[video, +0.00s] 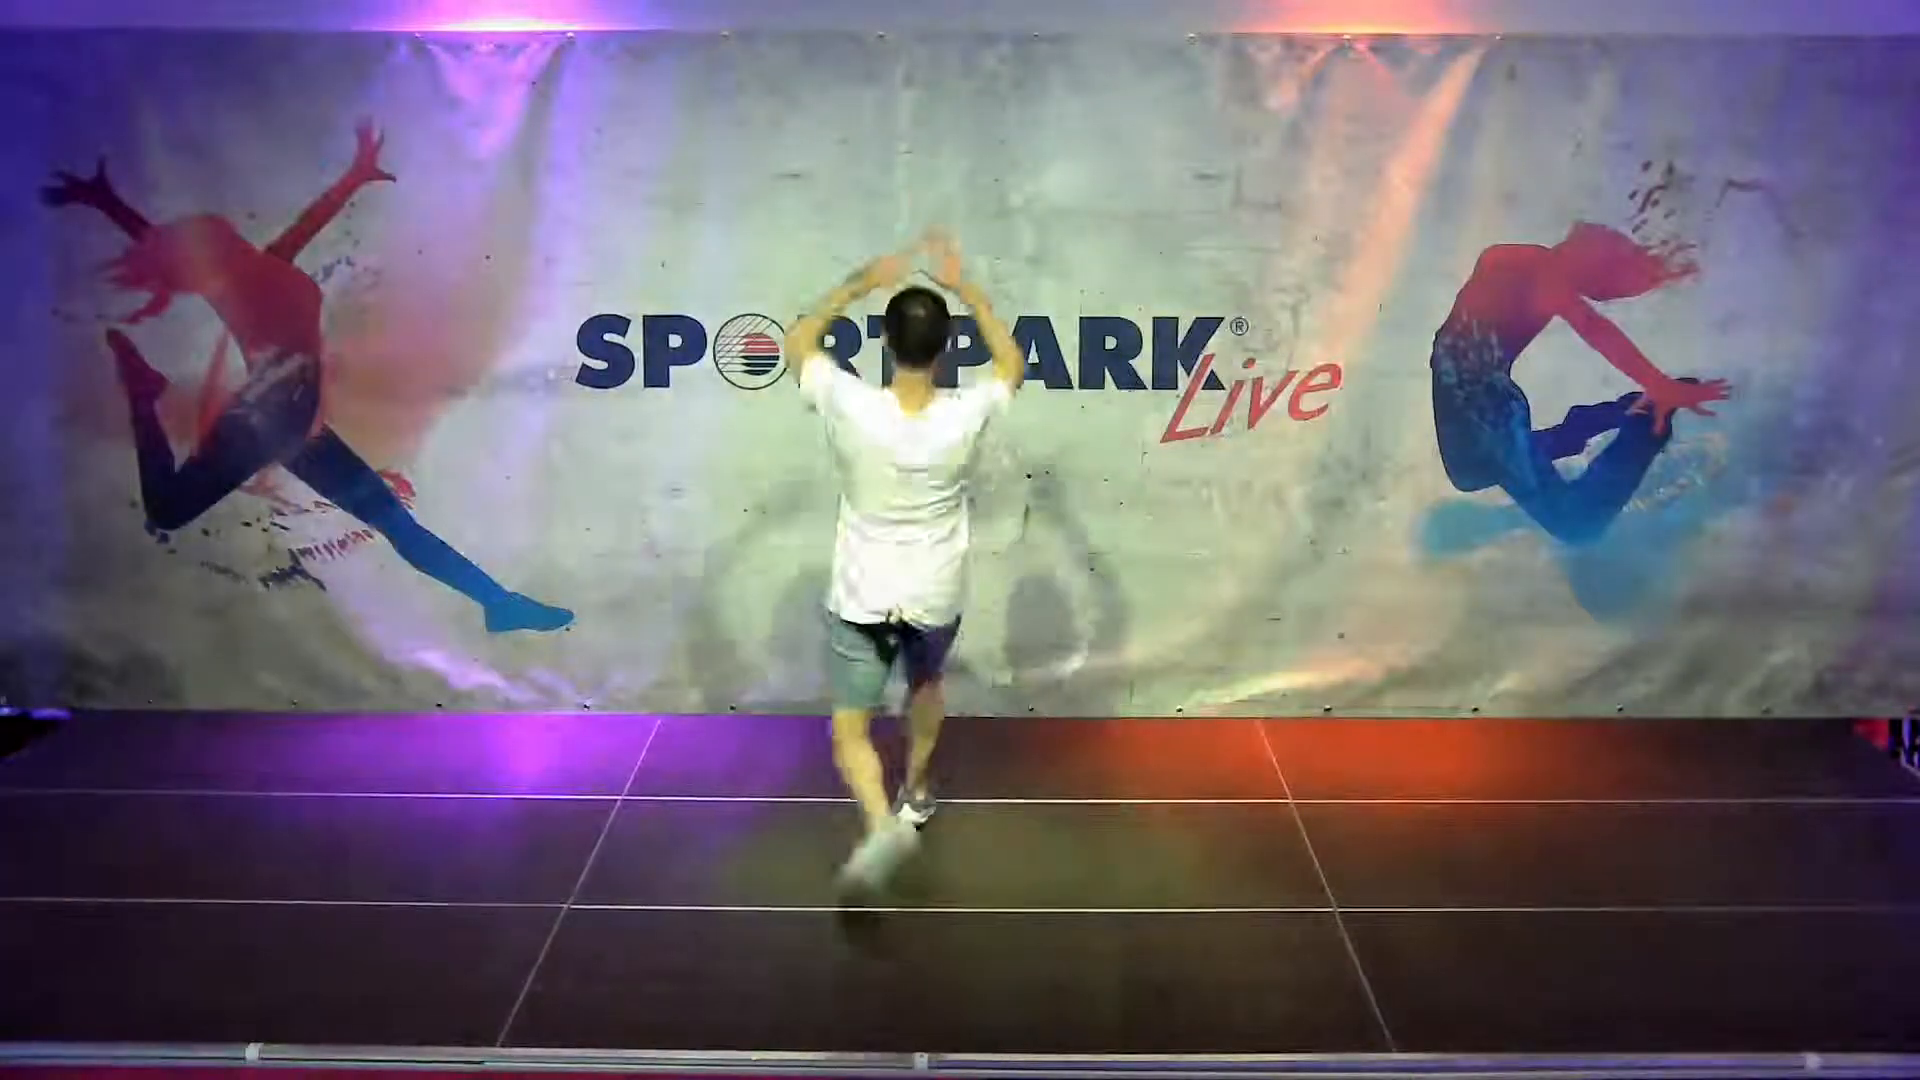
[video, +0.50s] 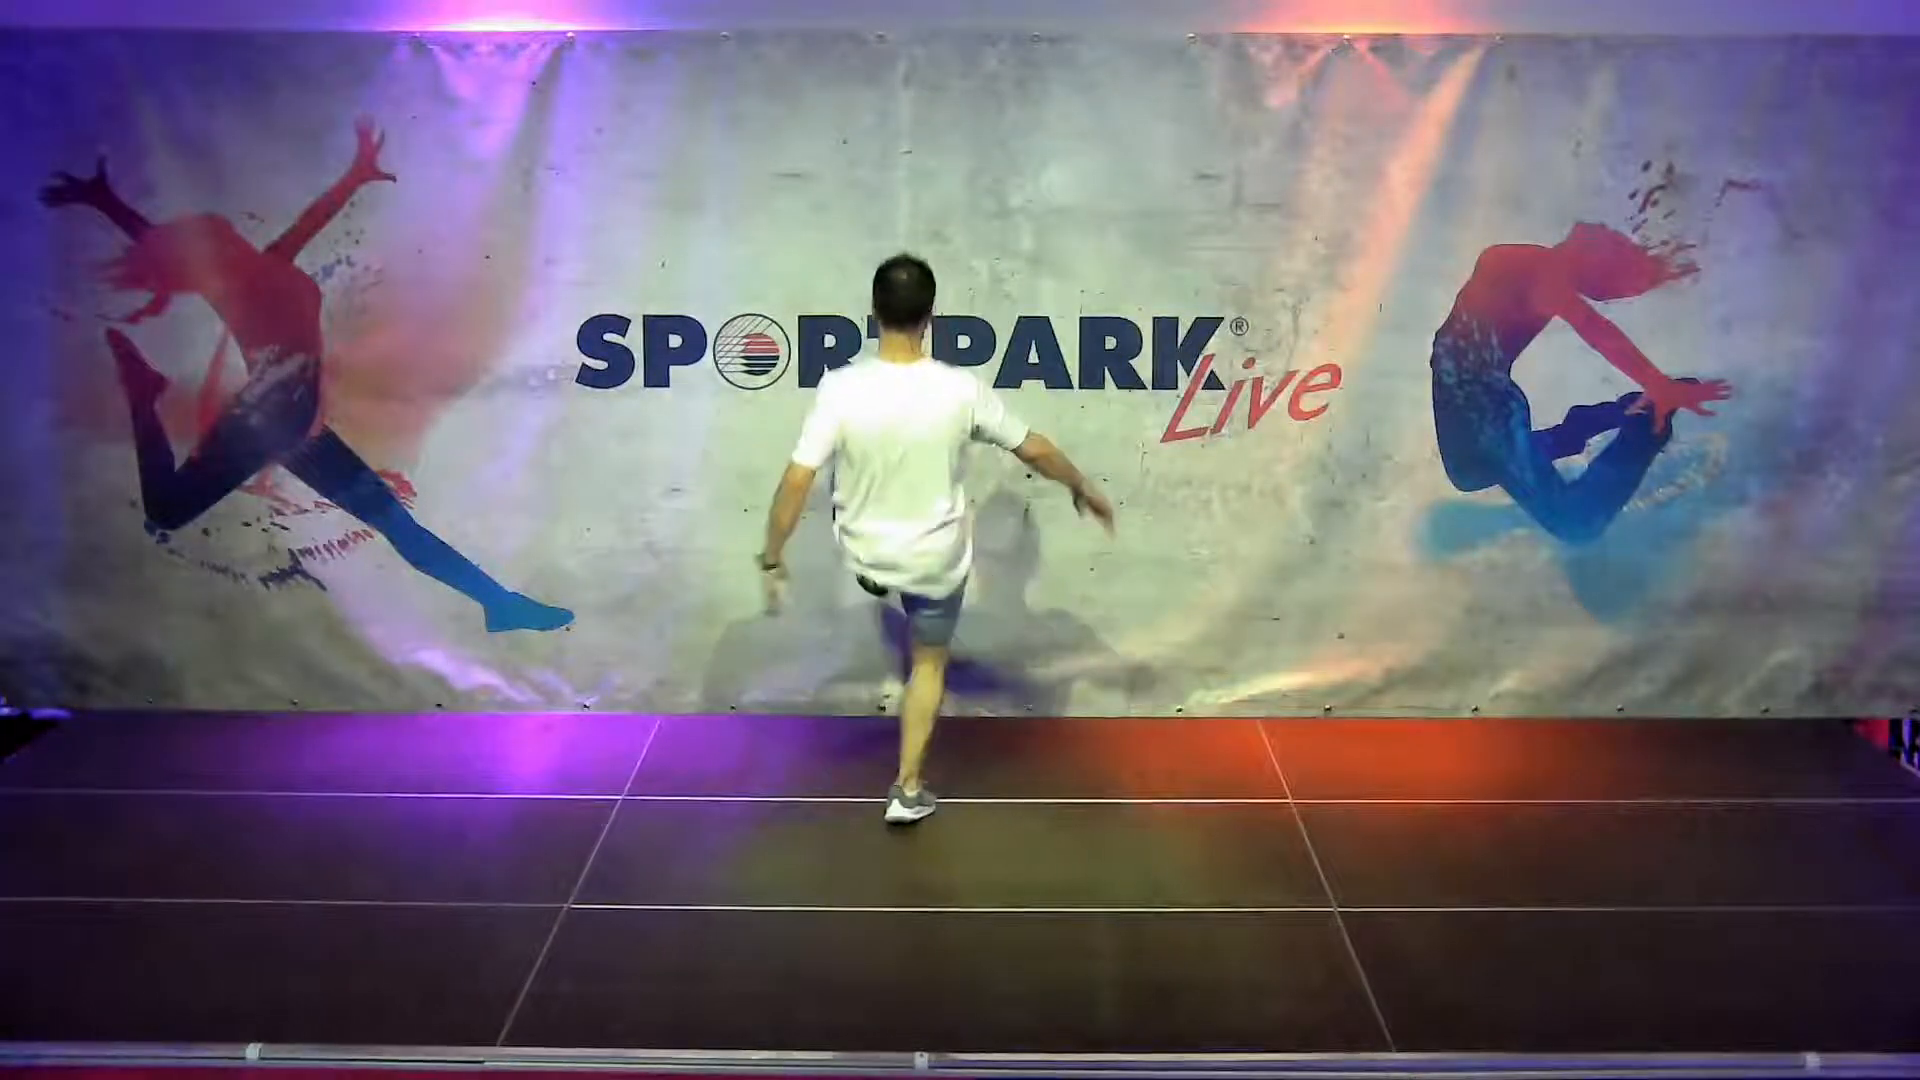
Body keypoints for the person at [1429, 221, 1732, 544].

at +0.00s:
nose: (1597, 284)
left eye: (1605, 281)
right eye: (1605, 278)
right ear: (1592, 243)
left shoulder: (1551, 283)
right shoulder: (1534, 265)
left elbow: (1596, 330)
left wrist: (1657, 383)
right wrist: (1649, 266)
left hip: (1485, 396)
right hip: (1455, 385)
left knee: (1575, 524)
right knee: (1468, 474)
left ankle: (1647, 426)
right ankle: (1569, 437)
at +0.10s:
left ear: (1591, 247)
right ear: (1593, 240)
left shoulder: (1548, 281)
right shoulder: (1536, 266)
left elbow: (1597, 330)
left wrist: (1657, 384)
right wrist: (1649, 271)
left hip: (1486, 400)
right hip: (1454, 389)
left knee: (1575, 524)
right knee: (1468, 474)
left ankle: (1647, 427)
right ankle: (1571, 436)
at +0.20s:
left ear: (1589, 246)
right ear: (1592, 239)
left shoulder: (1547, 281)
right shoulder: (1536, 265)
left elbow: (1596, 329)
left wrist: (1657, 383)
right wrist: (1648, 272)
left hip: (1486, 401)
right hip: (1454, 390)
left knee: (1575, 524)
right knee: (1468, 474)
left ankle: (1647, 426)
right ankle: (1570, 437)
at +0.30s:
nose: (1599, 230)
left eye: (1605, 245)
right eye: (1611, 239)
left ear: (1592, 249)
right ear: (1593, 237)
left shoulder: (1547, 281)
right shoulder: (1535, 265)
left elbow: (1596, 329)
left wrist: (1657, 383)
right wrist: (1649, 272)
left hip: (1487, 401)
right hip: (1454, 390)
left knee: (1575, 524)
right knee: (1468, 474)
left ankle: (1648, 425)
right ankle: (1570, 436)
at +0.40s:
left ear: (1588, 244)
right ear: (1592, 240)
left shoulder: (1547, 280)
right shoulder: (1537, 266)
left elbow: (1596, 329)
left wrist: (1657, 383)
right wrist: (1648, 271)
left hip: (1486, 400)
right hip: (1455, 388)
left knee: (1575, 524)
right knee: (1468, 474)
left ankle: (1647, 426)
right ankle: (1570, 437)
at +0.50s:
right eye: (1608, 280)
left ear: (1588, 243)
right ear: (1592, 239)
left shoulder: (1546, 280)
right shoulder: (1536, 266)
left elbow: (1596, 329)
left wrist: (1657, 383)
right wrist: (1648, 271)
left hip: (1487, 400)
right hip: (1454, 388)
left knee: (1575, 524)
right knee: (1468, 474)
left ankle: (1647, 426)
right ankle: (1570, 436)